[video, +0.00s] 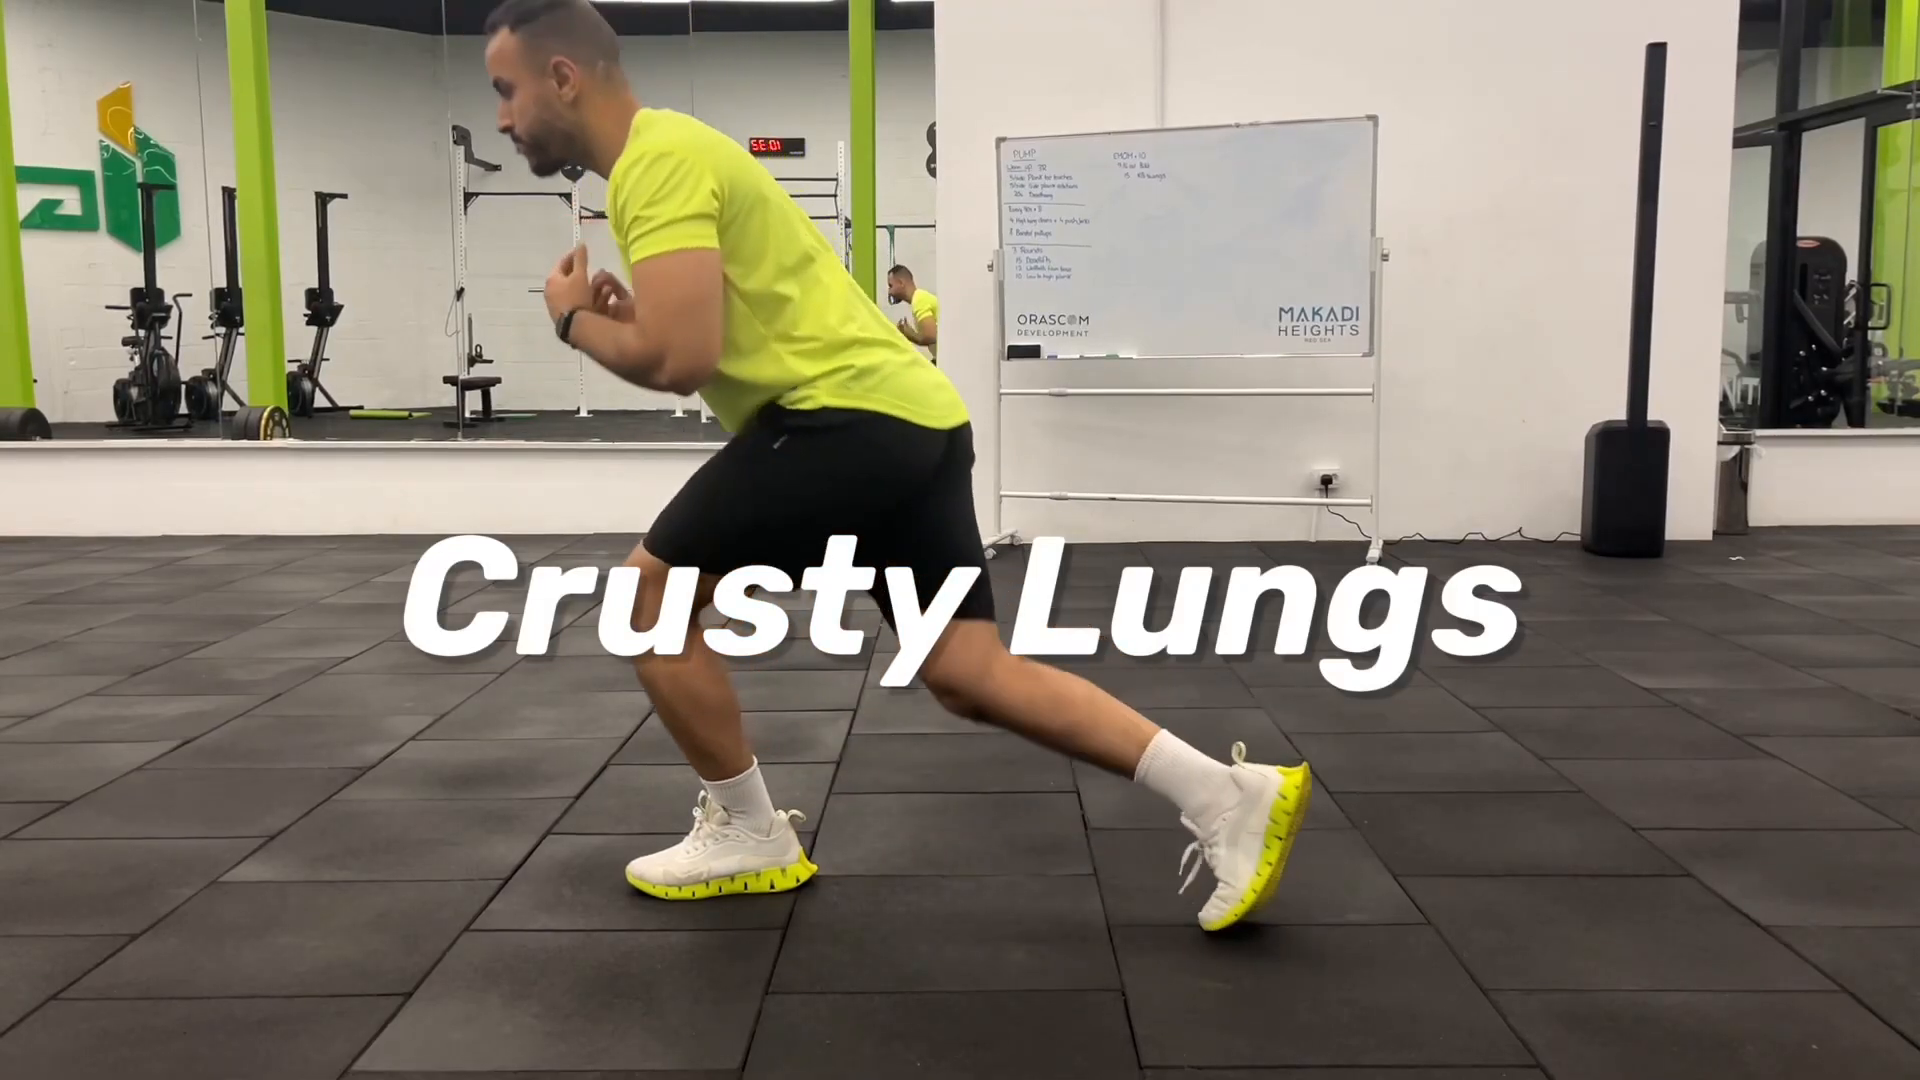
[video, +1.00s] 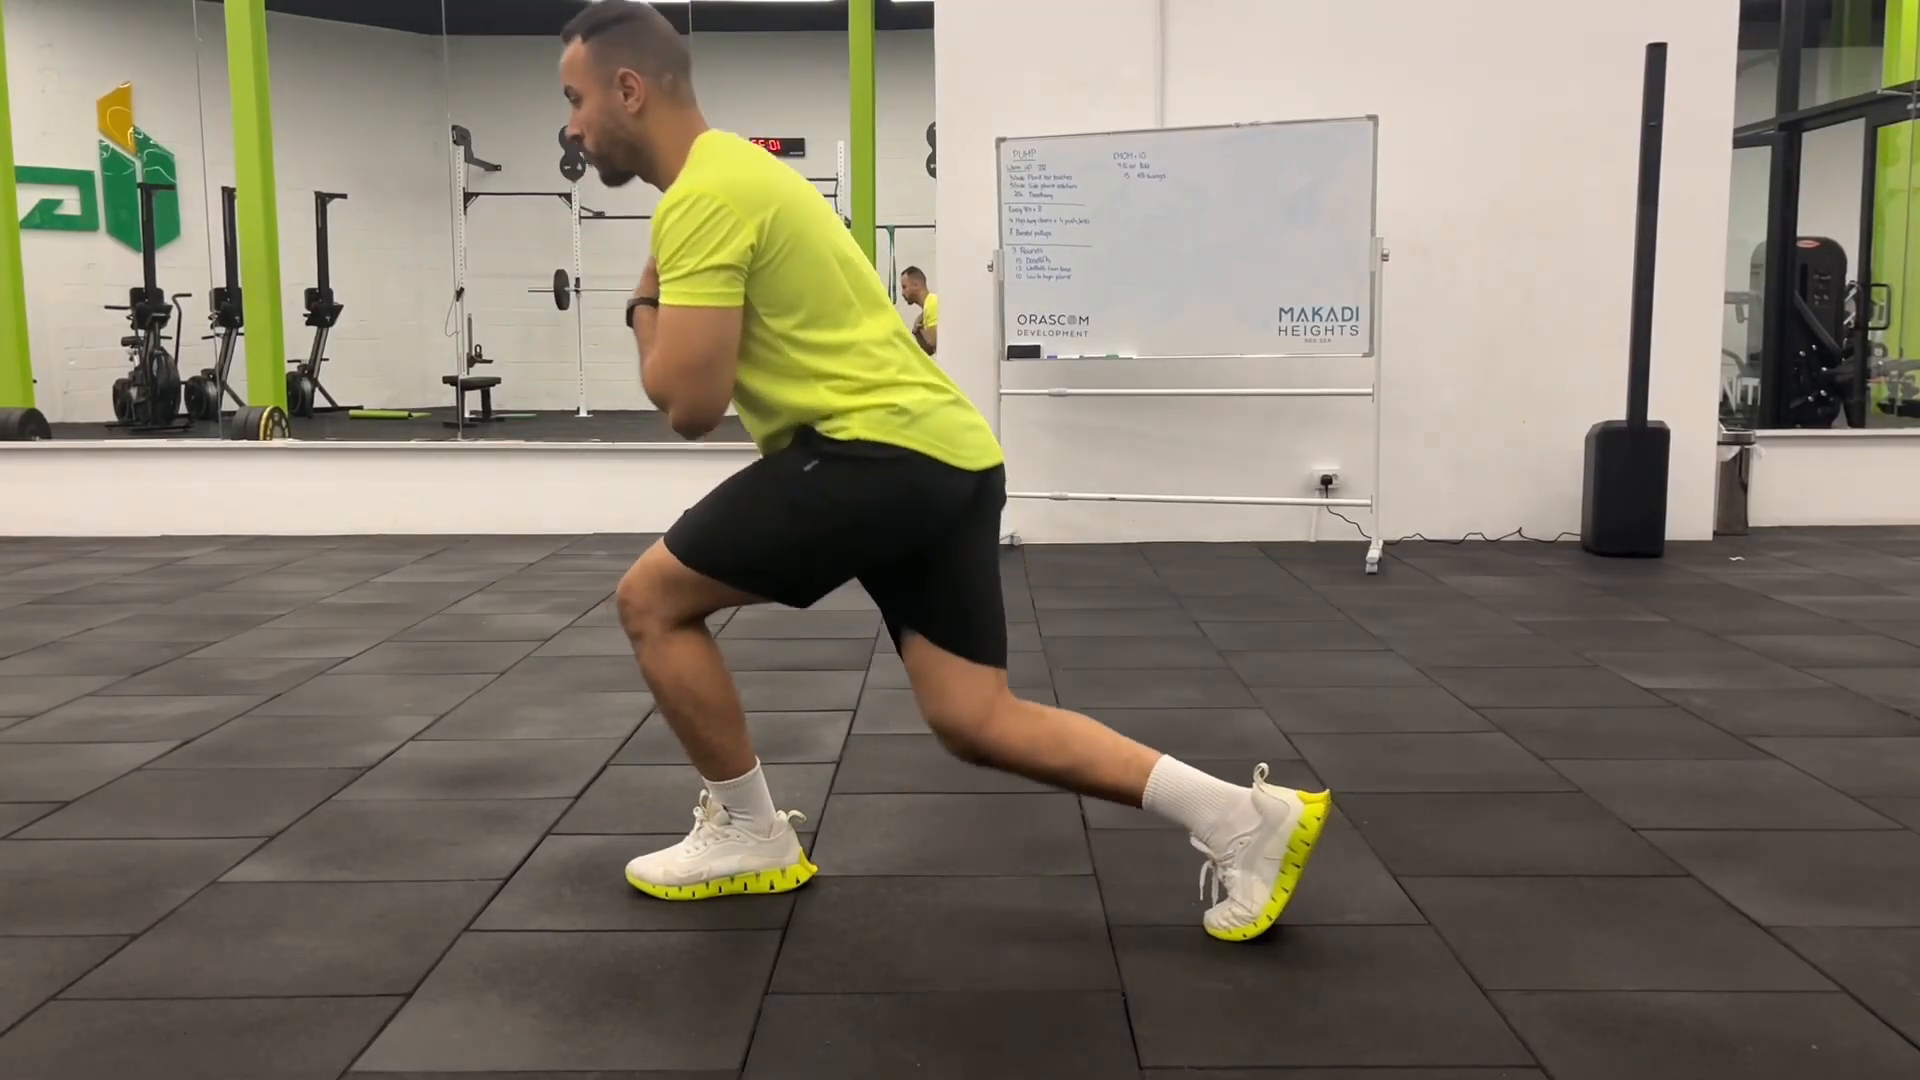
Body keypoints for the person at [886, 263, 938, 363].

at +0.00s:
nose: (889, 292)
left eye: (891, 286)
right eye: (889, 287)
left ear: (901, 283)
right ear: (901, 283)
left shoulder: (920, 301)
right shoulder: (920, 300)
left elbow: (930, 336)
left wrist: (911, 335)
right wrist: (911, 335)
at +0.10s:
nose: (896, 298)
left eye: (897, 292)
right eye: (895, 293)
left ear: (909, 289)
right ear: (909, 290)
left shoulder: (927, 307)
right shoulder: (923, 310)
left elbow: (933, 343)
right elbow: (929, 350)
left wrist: (918, 336)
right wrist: (911, 343)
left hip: (947, 364)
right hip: (943, 364)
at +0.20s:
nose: (903, 301)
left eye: (905, 296)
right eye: (903, 296)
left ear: (916, 294)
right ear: (917, 294)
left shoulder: (933, 312)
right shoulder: (928, 315)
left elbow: (932, 350)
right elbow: (929, 357)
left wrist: (921, 334)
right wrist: (917, 344)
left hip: (948, 369)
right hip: (943, 369)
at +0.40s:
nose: (911, 306)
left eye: (914, 301)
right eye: (912, 301)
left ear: (925, 300)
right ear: (925, 300)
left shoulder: (938, 323)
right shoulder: (935, 323)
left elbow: (939, 363)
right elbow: (935, 365)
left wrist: (928, 344)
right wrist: (924, 348)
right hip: (938, 377)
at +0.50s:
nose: (914, 308)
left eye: (917, 302)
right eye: (915, 303)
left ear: (928, 301)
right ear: (927, 301)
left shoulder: (940, 327)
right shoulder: (936, 327)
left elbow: (940, 366)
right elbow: (936, 367)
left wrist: (930, 346)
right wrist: (925, 349)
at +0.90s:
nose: (908, 299)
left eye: (911, 293)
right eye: (909, 294)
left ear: (923, 292)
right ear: (923, 292)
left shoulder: (937, 315)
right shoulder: (932, 318)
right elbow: (932, 357)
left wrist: (926, 335)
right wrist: (921, 339)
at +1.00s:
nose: (902, 293)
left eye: (904, 287)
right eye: (902, 288)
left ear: (916, 285)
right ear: (915, 285)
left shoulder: (932, 302)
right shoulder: (927, 307)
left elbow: (932, 340)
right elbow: (928, 350)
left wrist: (920, 327)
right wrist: (916, 332)